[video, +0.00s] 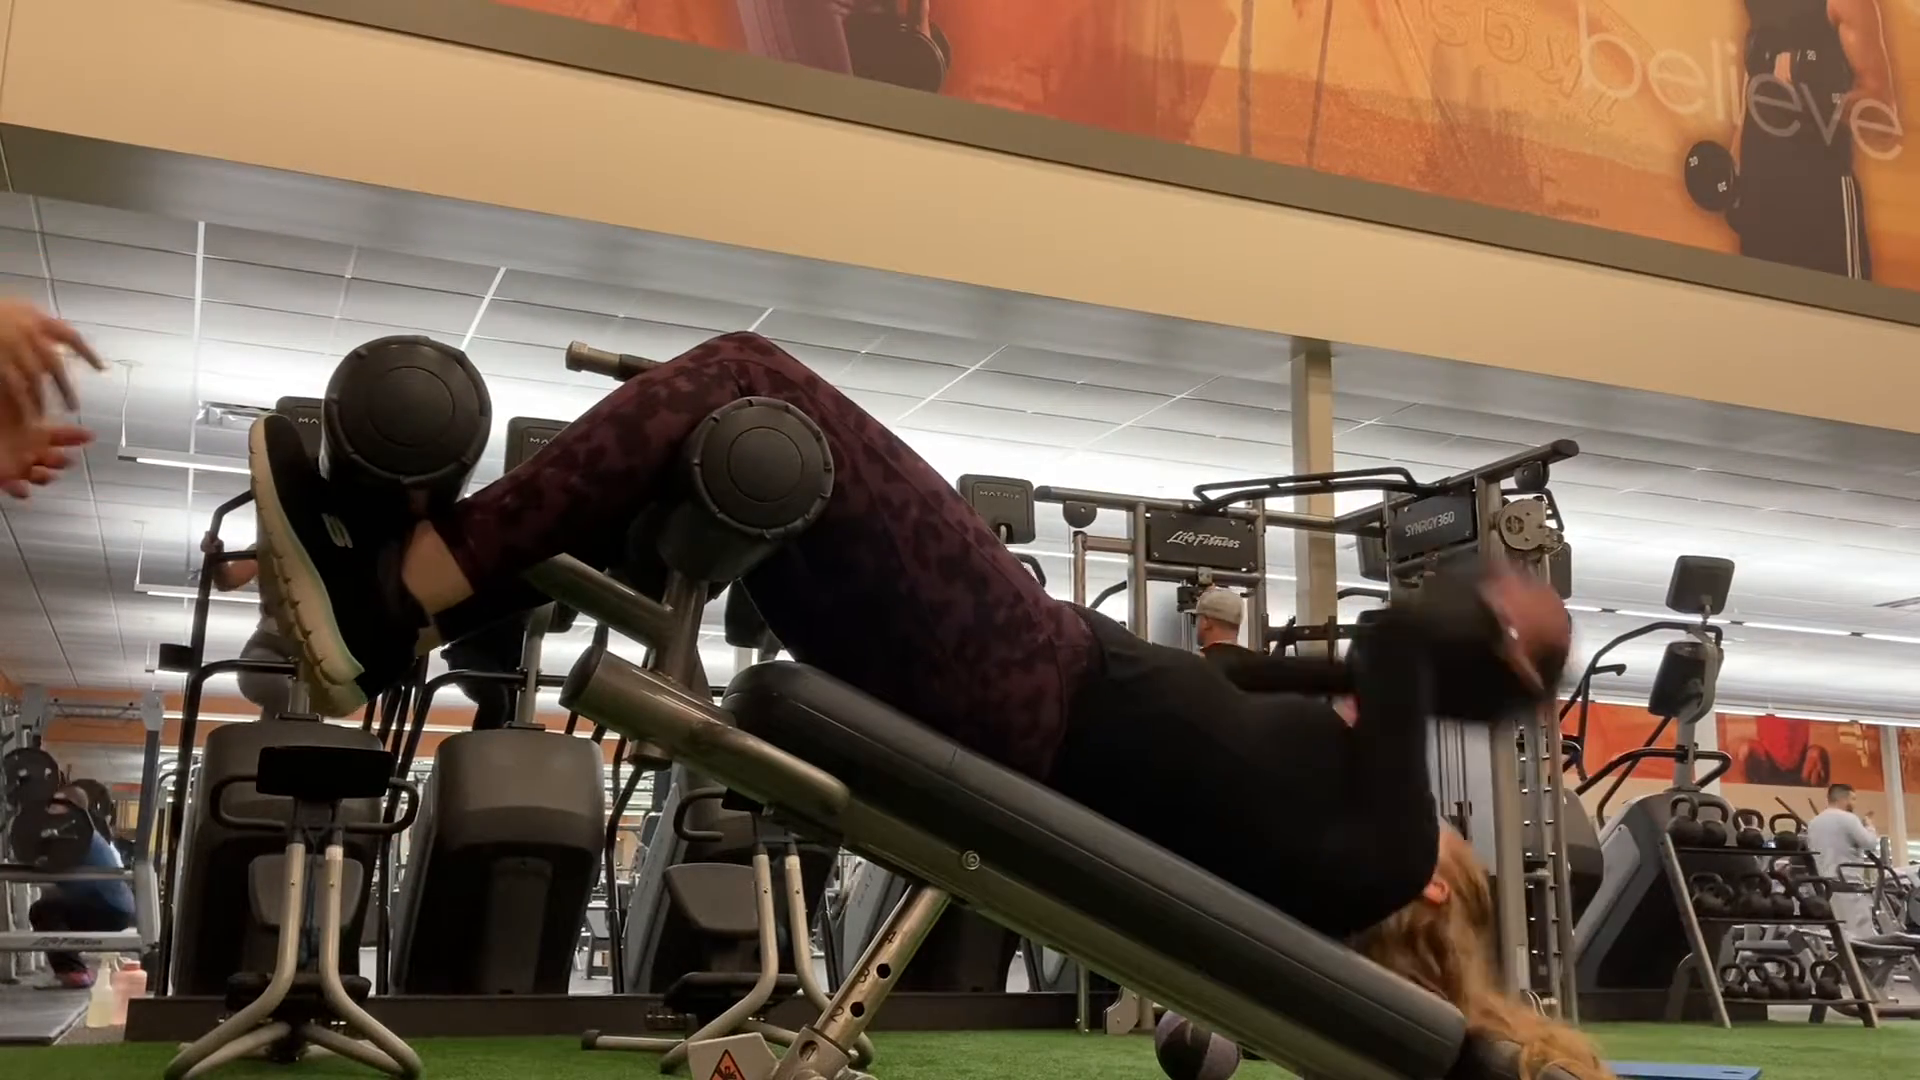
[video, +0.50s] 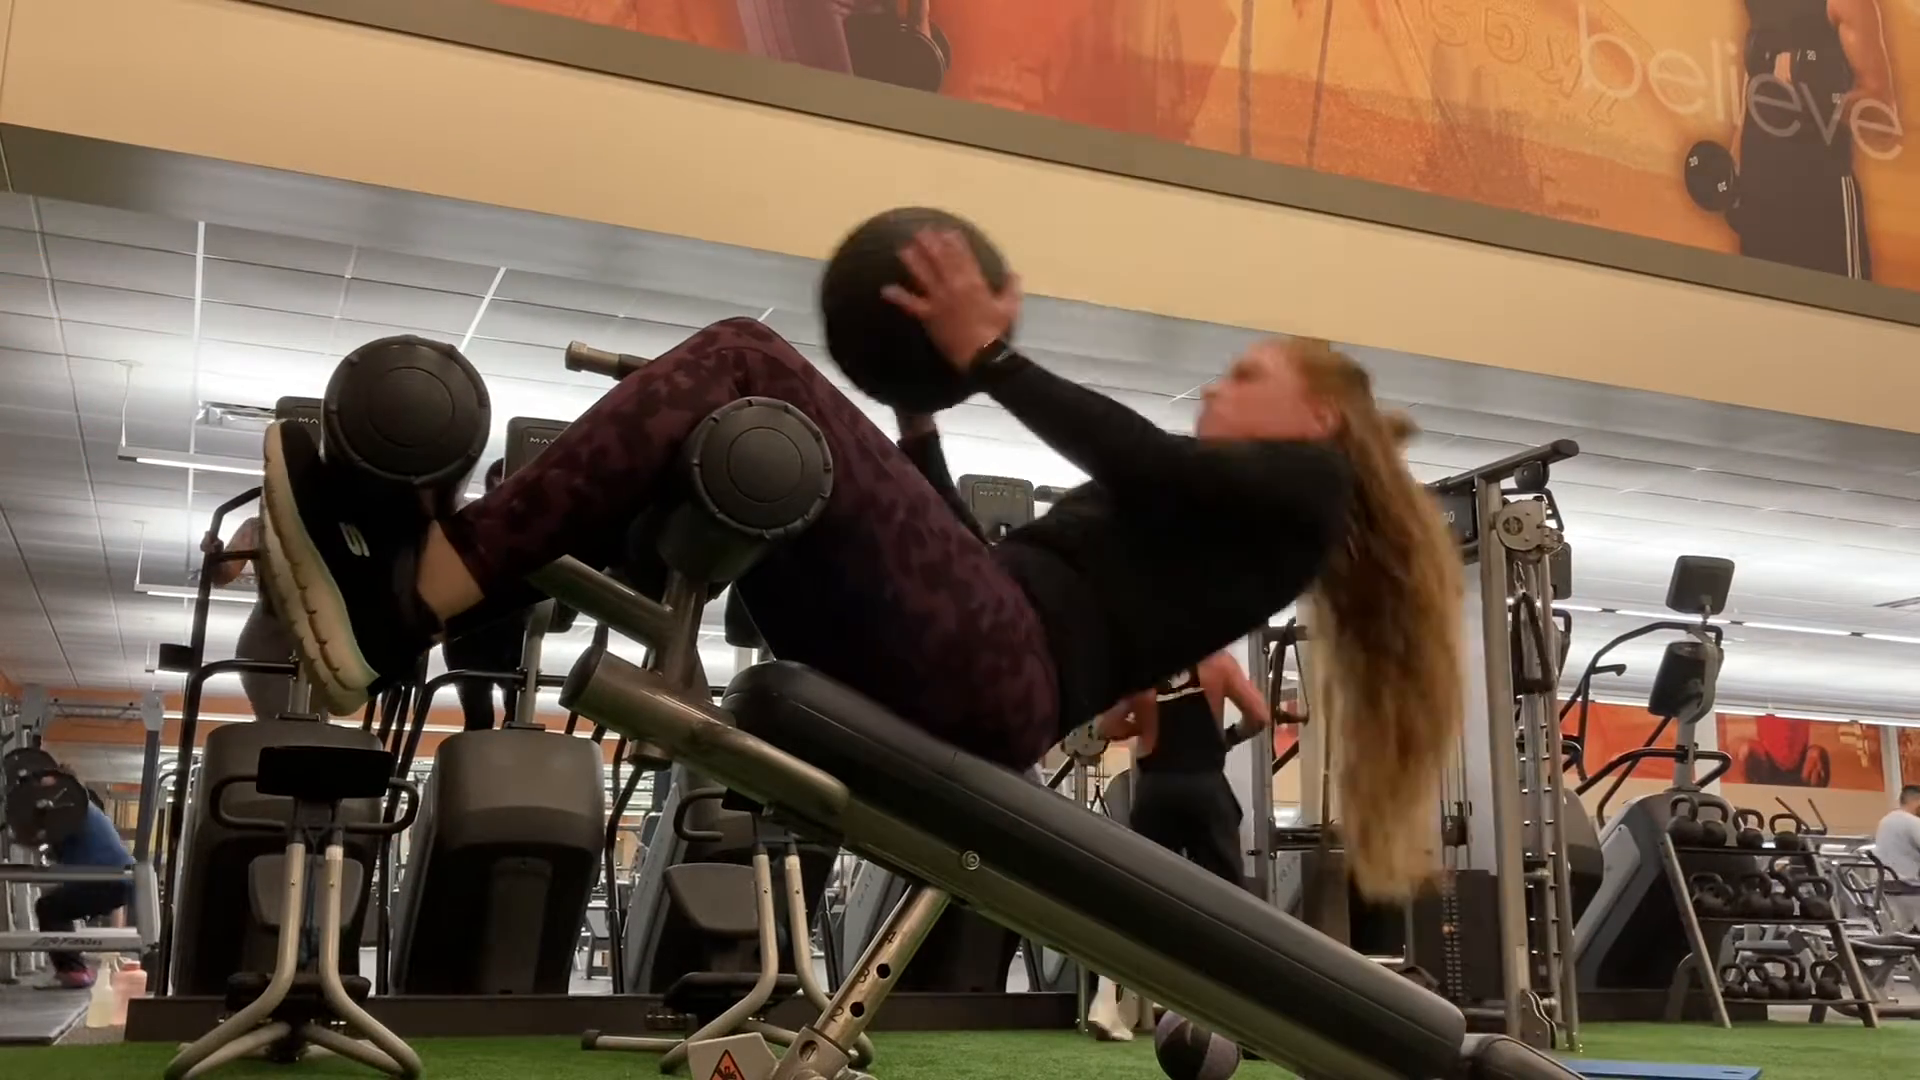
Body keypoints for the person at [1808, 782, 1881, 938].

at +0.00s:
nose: (1854, 804)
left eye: (1854, 800)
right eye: (1852, 799)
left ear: (1830, 799)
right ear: (1844, 799)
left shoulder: (1813, 823)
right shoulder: (1849, 819)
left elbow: (1813, 853)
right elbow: (1870, 842)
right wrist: (1870, 826)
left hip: (1825, 888)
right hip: (1851, 888)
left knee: (1836, 933)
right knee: (1861, 933)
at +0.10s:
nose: (1864, 802)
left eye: (1864, 797)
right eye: (1862, 797)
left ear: (1841, 797)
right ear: (1856, 797)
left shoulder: (1827, 820)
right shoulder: (1859, 818)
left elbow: (1824, 851)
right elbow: (1879, 843)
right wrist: (1882, 828)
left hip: (1835, 884)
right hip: (1858, 885)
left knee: (1849, 932)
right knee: (1872, 931)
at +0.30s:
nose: (1891, 804)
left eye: (1891, 800)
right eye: (1890, 799)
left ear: (1870, 799)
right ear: (1881, 799)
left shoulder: (1855, 819)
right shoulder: (1881, 820)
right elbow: (1900, 846)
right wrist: (1907, 829)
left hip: (1856, 881)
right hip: (1879, 883)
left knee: (1867, 927)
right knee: (1907, 923)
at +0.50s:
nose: (1919, 806)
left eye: (1919, 801)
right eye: (1919, 801)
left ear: (1902, 800)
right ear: (1915, 802)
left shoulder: (1886, 819)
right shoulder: (1912, 822)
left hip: (1887, 880)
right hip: (1910, 881)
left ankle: (1907, 922)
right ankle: (1915, 923)